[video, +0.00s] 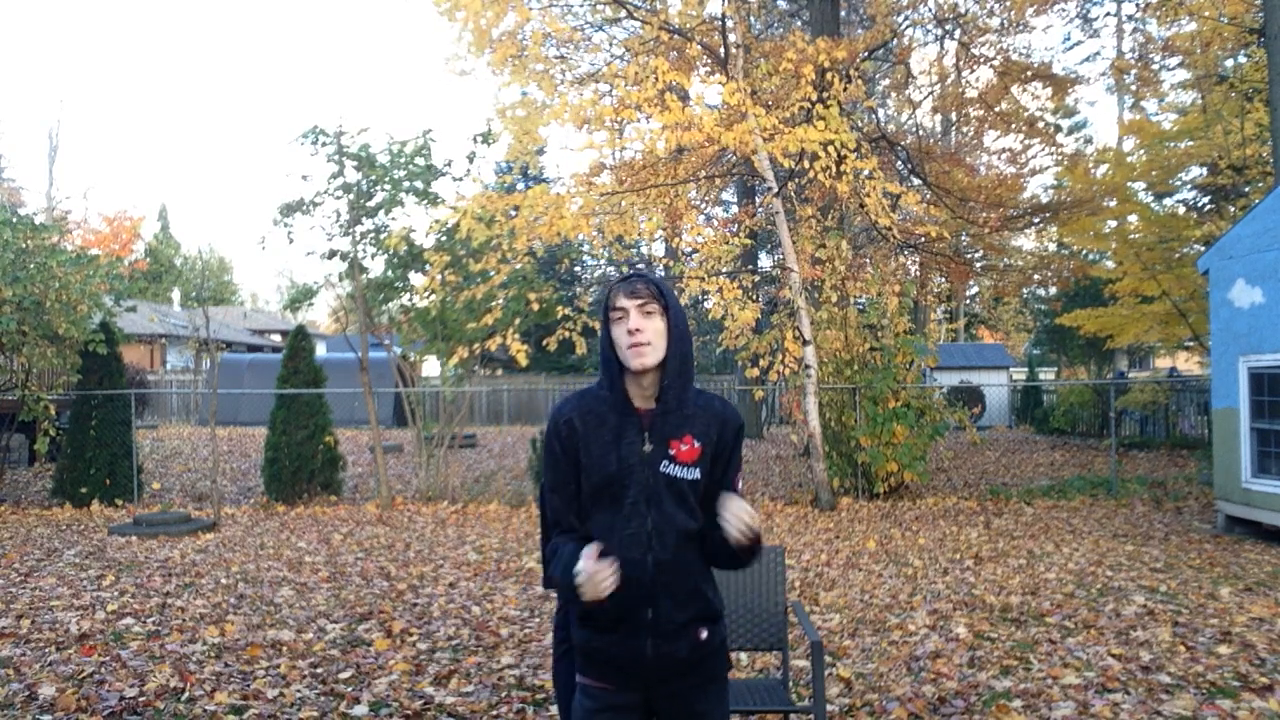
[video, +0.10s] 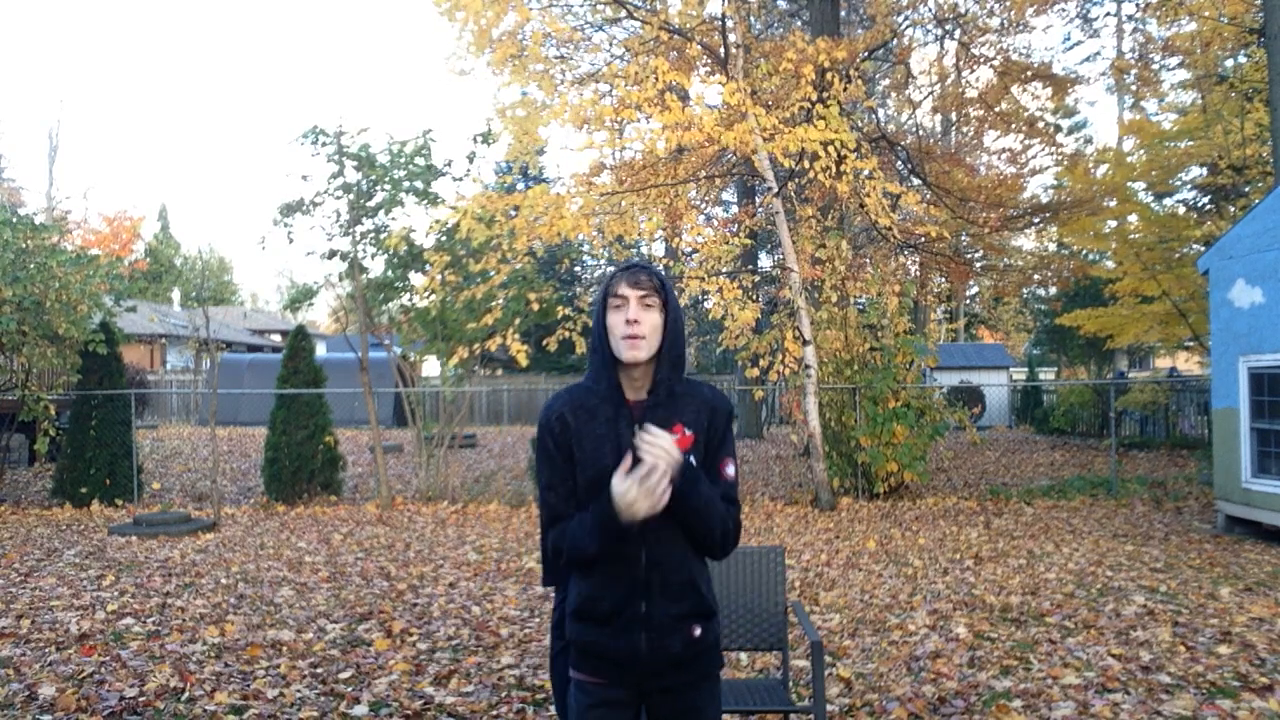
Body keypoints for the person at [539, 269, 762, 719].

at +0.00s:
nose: (634, 326)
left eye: (647, 311)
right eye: (619, 316)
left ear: (672, 325)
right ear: (607, 335)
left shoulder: (717, 421)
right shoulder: (573, 422)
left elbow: (721, 549)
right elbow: (556, 541)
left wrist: (743, 535)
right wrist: (575, 567)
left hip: (694, 656)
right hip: (604, 659)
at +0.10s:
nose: (631, 317)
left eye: (647, 304)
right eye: (618, 304)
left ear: (668, 320)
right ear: (601, 321)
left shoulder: (707, 408)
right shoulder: (566, 415)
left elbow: (723, 539)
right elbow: (555, 551)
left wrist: (681, 472)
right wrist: (613, 514)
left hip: (687, 645)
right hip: (597, 649)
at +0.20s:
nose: (629, 312)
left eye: (644, 302)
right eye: (616, 299)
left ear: (660, 320)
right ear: (596, 313)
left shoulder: (694, 398)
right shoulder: (555, 409)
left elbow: (715, 528)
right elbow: (553, 542)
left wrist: (657, 457)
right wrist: (615, 460)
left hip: (677, 636)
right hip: (587, 639)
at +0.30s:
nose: (623, 317)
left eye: (638, 307)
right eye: (610, 303)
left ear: (653, 325)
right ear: (589, 316)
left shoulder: (684, 405)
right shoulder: (546, 414)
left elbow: (707, 534)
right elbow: (539, 550)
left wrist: (647, 462)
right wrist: (605, 467)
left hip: (670, 644)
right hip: (581, 647)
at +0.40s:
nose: (615, 316)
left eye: (630, 306)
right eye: (602, 302)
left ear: (645, 324)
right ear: (580, 315)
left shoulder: (675, 402)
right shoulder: (535, 411)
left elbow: (698, 529)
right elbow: (524, 547)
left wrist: (638, 460)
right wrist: (593, 469)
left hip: (661, 639)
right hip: (573, 644)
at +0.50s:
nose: (608, 323)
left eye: (623, 313)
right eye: (595, 308)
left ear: (636, 330)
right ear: (572, 319)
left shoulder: (667, 406)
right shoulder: (526, 417)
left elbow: (696, 529)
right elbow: (511, 549)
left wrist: (636, 461)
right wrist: (582, 481)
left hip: (653, 641)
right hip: (565, 646)